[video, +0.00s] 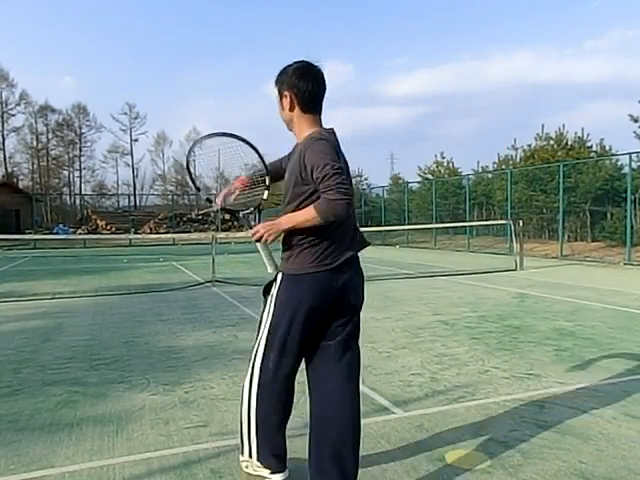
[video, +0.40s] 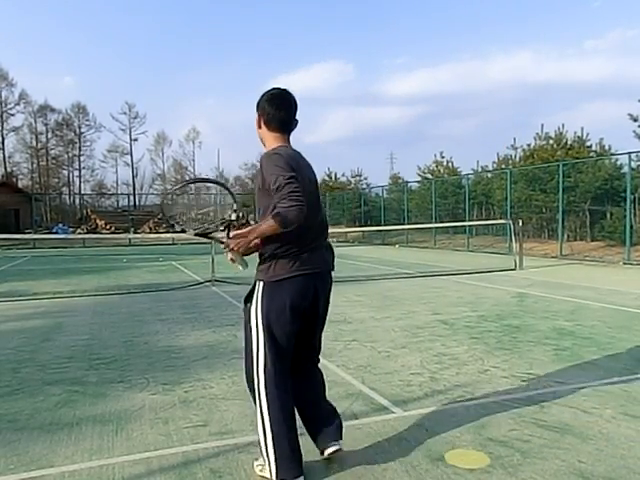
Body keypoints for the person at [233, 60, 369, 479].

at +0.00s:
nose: (279, 108)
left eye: (278, 100)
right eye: (279, 100)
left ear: (288, 100)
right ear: (319, 98)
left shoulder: (315, 148)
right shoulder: (321, 143)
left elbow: (337, 203)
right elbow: (282, 168)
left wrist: (281, 223)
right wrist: (247, 180)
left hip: (306, 276)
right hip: (342, 275)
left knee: (270, 367)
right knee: (336, 379)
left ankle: (263, 459)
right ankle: (337, 471)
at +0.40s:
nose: (255, 122)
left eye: (256, 116)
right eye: (258, 116)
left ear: (259, 121)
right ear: (293, 123)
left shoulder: (273, 161)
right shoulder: (302, 164)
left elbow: (292, 211)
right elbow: (300, 222)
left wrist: (253, 235)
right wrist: (253, 235)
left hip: (282, 280)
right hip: (315, 276)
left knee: (266, 375)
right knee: (303, 361)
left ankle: (281, 467)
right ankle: (328, 437)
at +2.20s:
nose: (243, 146)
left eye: (244, 139)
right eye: (245, 140)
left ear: (249, 140)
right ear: (274, 143)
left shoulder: (271, 175)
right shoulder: (271, 178)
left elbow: (302, 200)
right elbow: (273, 222)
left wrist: (268, 225)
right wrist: (245, 238)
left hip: (272, 272)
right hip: (298, 270)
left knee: (260, 344)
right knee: (293, 342)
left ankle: (269, 414)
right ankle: (328, 400)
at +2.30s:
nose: (245, 143)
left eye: (245, 137)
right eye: (247, 137)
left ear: (250, 137)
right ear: (276, 141)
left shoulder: (267, 170)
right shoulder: (274, 174)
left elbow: (293, 198)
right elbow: (281, 222)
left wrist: (261, 223)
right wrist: (249, 241)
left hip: (272, 271)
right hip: (300, 268)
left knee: (263, 345)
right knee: (297, 343)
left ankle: (269, 413)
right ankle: (323, 407)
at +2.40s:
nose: (249, 143)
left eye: (249, 138)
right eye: (250, 138)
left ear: (254, 139)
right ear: (281, 141)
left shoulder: (265, 171)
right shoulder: (289, 175)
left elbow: (276, 204)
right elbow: (303, 223)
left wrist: (250, 225)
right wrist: (257, 238)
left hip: (274, 270)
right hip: (304, 267)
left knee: (263, 343)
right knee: (303, 343)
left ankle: (270, 414)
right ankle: (310, 415)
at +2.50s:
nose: (256, 143)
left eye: (256, 138)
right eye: (258, 138)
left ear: (261, 139)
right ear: (287, 141)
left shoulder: (264, 172)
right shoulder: (298, 176)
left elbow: (257, 200)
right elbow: (303, 226)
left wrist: (237, 227)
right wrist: (268, 247)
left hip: (275, 271)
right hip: (309, 268)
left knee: (263, 341)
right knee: (305, 344)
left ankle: (269, 414)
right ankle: (309, 417)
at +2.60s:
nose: (263, 142)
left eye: (263, 137)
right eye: (268, 137)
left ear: (267, 139)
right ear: (294, 141)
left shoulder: (261, 171)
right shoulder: (310, 179)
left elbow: (241, 203)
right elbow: (321, 225)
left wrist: (228, 229)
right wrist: (295, 239)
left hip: (274, 269)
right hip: (310, 269)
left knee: (264, 342)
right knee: (308, 341)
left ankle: (267, 416)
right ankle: (309, 418)